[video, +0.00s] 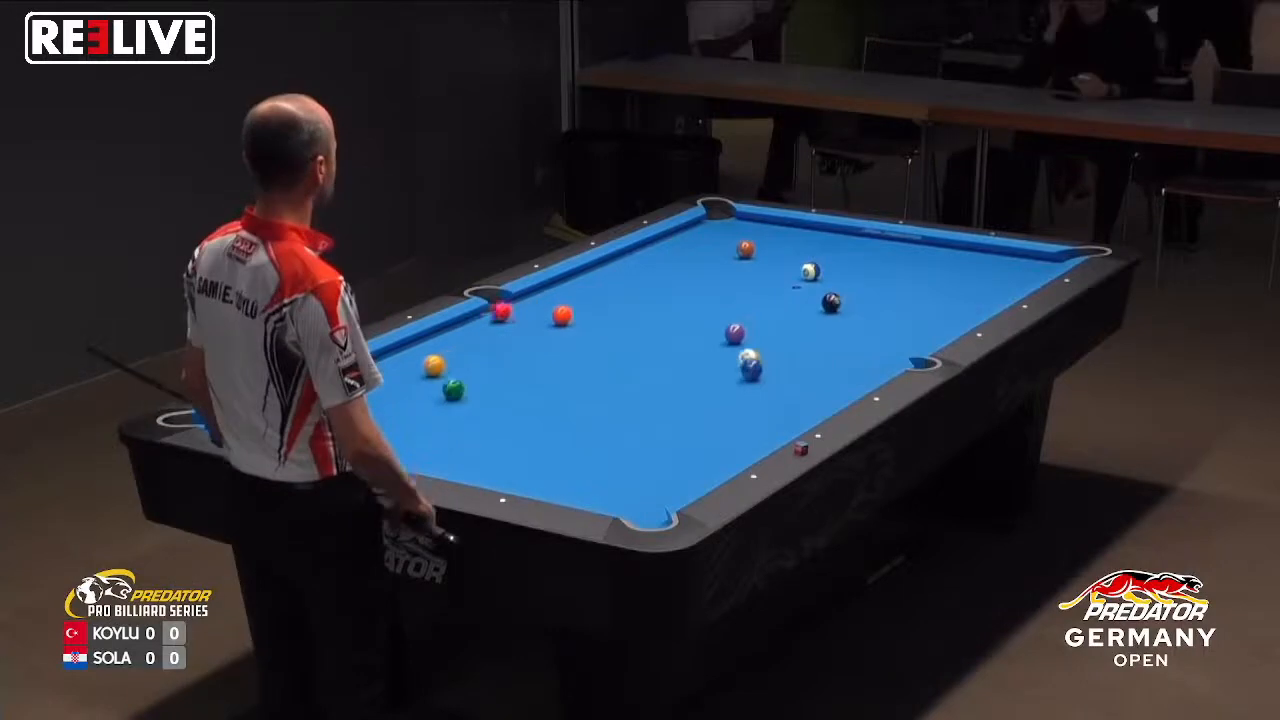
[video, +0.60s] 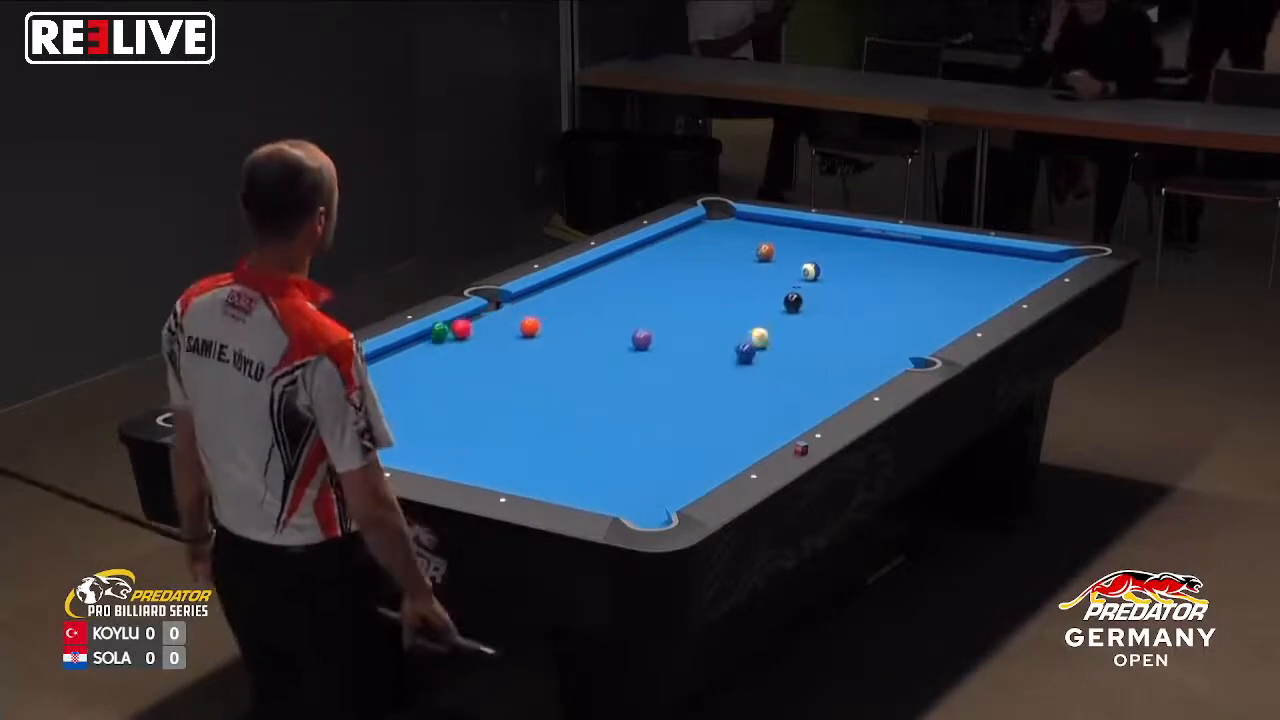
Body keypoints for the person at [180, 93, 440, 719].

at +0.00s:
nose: (335, 165)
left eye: (331, 153)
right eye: (333, 154)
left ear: (251, 163)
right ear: (321, 167)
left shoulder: (208, 255)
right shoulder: (313, 282)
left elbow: (196, 378)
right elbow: (357, 440)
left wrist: (241, 441)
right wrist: (407, 496)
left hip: (247, 497)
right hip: (319, 503)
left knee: (281, 664)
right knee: (348, 662)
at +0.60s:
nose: (336, 221)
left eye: (332, 205)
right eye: (335, 208)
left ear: (246, 208)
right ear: (320, 222)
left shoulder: (190, 309)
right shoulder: (323, 345)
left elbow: (186, 442)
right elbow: (368, 498)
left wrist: (196, 535)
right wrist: (418, 593)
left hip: (237, 564)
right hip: (318, 572)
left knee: (273, 699)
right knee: (351, 700)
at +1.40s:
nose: (325, 227)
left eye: (321, 212)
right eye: (324, 216)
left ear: (232, 223)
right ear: (313, 234)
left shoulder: (175, 321)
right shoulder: (315, 361)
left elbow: (170, 465)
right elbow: (362, 523)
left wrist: (188, 544)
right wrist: (411, 618)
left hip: (227, 577)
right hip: (310, 587)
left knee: (254, 705)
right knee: (331, 706)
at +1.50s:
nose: (325, 226)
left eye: (320, 210)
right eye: (323, 214)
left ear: (231, 223)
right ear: (312, 232)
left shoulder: (175, 321)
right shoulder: (315, 361)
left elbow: (169, 465)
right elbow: (361, 522)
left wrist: (188, 545)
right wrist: (410, 618)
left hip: (226, 576)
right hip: (310, 586)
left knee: (254, 705)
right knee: (330, 706)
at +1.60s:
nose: (324, 224)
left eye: (319, 209)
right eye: (322, 213)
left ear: (231, 221)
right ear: (311, 230)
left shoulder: (174, 319)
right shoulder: (313, 359)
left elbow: (168, 464)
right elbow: (360, 520)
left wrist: (187, 543)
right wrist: (408, 616)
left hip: (225, 572)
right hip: (308, 583)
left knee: (253, 704)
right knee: (330, 705)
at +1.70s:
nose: (323, 224)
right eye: (322, 212)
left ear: (228, 222)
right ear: (312, 228)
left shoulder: (173, 317)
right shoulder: (314, 356)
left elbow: (166, 459)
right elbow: (357, 517)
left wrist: (186, 540)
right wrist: (406, 616)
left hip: (222, 569)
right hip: (305, 579)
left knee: (251, 703)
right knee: (329, 704)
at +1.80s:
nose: (322, 221)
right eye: (321, 209)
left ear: (228, 218)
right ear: (310, 225)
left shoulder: (172, 314)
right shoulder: (315, 351)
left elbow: (161, 458)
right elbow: (355, 514)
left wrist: (180, 538)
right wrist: (402, 614)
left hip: (216, 568)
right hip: (302, 579)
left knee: (246, 704)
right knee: (320, 705)